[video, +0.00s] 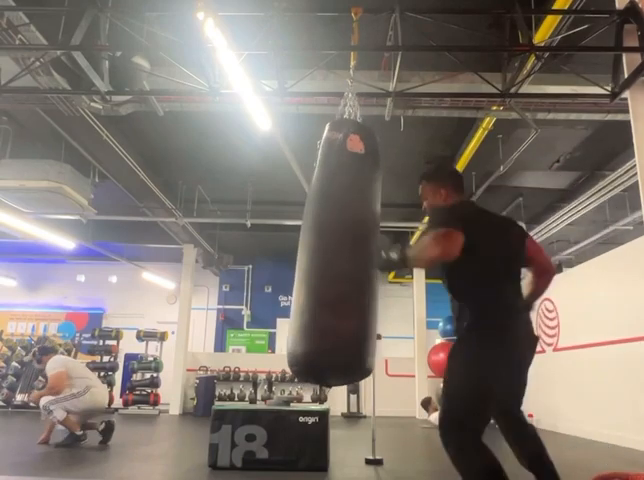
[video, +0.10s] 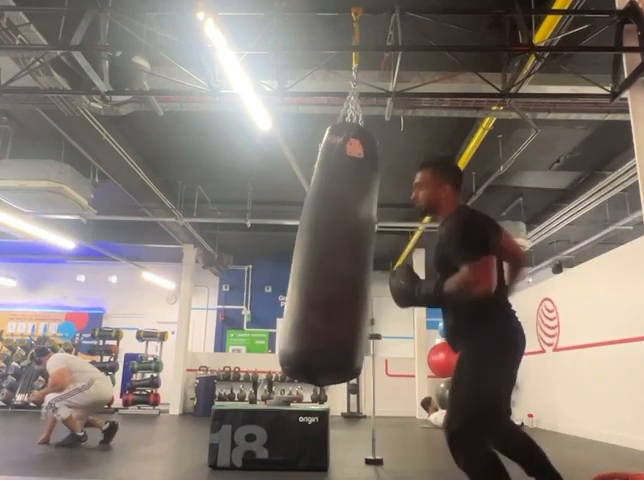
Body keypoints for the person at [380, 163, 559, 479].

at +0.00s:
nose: (425, 207)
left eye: (426, 198)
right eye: (422, 200)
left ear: (443, 192)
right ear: (460, 191)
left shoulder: (449, 216)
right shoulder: (504, 224)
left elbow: (445, 247)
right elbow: (545, 268)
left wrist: (401, 255)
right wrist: (525, 302)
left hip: (483, 337)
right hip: (519, 335)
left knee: (457, 430)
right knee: (507, 412)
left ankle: (491, 477)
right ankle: (549, 475)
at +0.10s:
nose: (414, 195)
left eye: (420, 186)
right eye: (415, 187)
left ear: (445, 187)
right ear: (446, 189)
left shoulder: (460, 224)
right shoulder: (475, 219)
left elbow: (479, 280)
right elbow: (517, 255)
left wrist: (420, 293)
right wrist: (498, 292)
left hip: (486, 342)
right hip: (500, 337)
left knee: (463, 435)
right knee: (495, 425)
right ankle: (550, 476)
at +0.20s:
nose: (438, 202)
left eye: (446, 194)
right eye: (434, 195)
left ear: (469, 195)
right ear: (431, 198)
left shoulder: (494, 240)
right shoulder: (439, 236)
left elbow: (479, 302)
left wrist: (431, 279)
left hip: (499, 341)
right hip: (474, 343)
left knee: (445, 408)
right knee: (494, 420)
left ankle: (468, 475)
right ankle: (562, 474)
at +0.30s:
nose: (424, 222)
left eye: (428, 213)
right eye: (422, 216)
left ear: (451, 209)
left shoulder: (488, 247)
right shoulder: (444, 253)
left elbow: (503, 306)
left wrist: (445, 296)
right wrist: (424, 281)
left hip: (497, 349)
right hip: (474, 351)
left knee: (445, 417)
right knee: (490, 427)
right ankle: (538, 477)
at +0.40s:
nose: (420, 245)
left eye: (423, 236)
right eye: (419, 239)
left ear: (444, 231)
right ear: (442, 234)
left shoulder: (475, 256)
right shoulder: (462, 267)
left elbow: (502, 295)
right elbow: (480, 314)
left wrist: (451, 320)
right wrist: (441, 321)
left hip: (503, 355)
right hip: (497, 355)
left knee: (445, 418)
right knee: (476, 419)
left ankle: (462, 475)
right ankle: (518, 475)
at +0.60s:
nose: (429, 231)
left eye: (431, 222)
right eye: (427, 225)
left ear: (451, 215)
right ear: (450, 219)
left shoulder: (479, 239)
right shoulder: (468, 250)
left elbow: (503, 278)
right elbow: (488, 296)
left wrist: (481, 322)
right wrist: (461, 299)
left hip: (510, 333)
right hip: (515, 333)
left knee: (483, 407)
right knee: (508, 412)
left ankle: (483, 473)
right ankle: (533, 474)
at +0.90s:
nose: (447, 243)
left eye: (448, 235)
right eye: (445, 237)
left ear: (467, 226)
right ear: (466, 229)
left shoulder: (497, 249)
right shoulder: (478, 260)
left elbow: (513, 288)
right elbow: (485, 294)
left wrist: (463, 297)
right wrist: (453, 294)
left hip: (506, 343)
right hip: (501, 343)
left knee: (467, 411)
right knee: (520, 415)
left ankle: (522, 474)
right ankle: (551, 473)